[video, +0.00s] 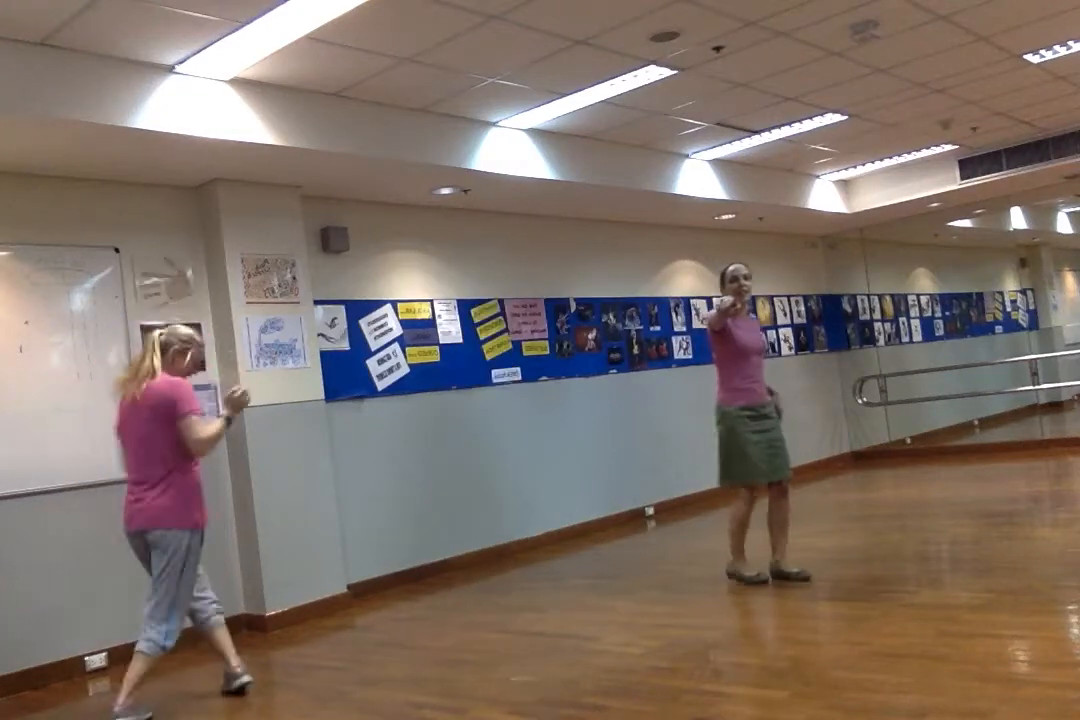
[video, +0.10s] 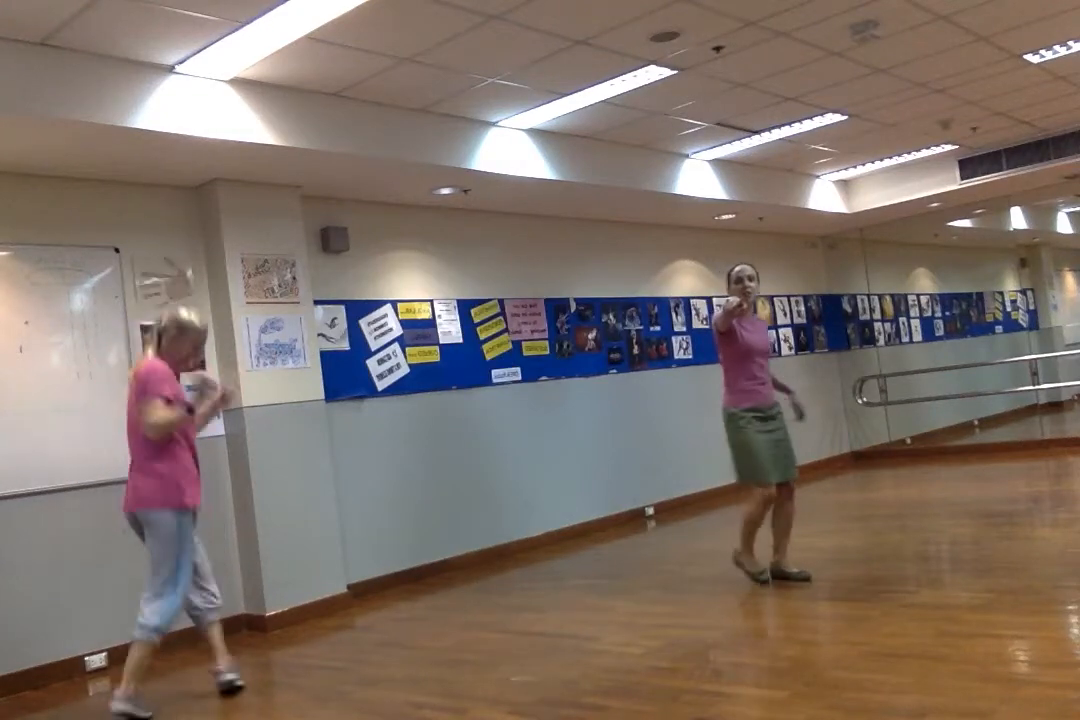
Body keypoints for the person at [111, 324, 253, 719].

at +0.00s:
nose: (195, 368)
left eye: (197, 361)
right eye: (194, 360)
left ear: (161, 353)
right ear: (179, 355)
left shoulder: (130, 394)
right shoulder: (176, 387)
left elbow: (131, 448)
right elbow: (198, 441)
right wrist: (228, 415)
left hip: (136, 517)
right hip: (176, 515)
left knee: (197, 593)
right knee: (164, 611)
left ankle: (235, 668)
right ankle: (123, 703)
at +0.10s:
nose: (196, 358)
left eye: (198, 350)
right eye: (193, 349)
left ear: (165, 339)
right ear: (174, 339)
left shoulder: (162, 376)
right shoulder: (155, 369)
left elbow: (181, 430)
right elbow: (153, 425)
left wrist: (214, 404)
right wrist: (198, 402)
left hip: (151, 497)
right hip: (164, 497)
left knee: (198, 580)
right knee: (164, 593)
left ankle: (224, 665)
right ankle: (126, 692)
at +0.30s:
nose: (190, 327)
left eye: (194, 320)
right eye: (183, 319)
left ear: (193, 317)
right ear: (159, 313)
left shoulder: (190, 350)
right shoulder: (135, 349)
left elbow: (214, 395)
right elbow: (107, 409)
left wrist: (237, 379)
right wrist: (120, 377)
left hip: (190, 472)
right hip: (147, 475)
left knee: (200, 559)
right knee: (154, 558)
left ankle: (206, 652)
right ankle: (134, 667)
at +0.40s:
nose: (179, 338)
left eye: (184, 330)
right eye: (171, 330)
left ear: (190, 332)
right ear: (152, 330)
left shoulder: (199, 370)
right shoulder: (130, 371)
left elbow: (228, 418)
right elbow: (105, 431)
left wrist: (255, 407)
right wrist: (108, 394)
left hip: (197, 494)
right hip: (145, 498)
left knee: (214, 577)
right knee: (145, 583)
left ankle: (218, 661)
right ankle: (152, 675)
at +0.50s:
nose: (166, 355)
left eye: (172, 348)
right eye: (158, 350)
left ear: (181, 347)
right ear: (144, 351)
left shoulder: (203, 388)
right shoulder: (129, 390)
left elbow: (236, 440)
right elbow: (110, 446)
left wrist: (251, 424)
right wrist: (89, 421)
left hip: (199, 509)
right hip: (147, 515)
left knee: (216, 589)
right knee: (147, 598)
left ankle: (220, 665)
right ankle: (158, 675)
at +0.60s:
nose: (149, 336)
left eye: (154, 328)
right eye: (142, 330)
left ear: (170, 322)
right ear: (136, 329)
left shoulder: (198, 361)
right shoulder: (127, 364)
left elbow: (236, 410)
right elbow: (111, 416)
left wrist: (235, 394)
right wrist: (84, 388)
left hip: (194, 478)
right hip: (147, 482)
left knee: (209, 567)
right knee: (148, 576)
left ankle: (220, 651)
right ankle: (157, 667)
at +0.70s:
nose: (142, 324)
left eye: (147, 315)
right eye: (135, 319)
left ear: (164, 309)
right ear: (129, 320)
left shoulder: (193, 344)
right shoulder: (128, 347)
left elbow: (244, 391)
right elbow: (99, 397)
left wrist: (236, 379)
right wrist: (81, 361)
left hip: (192, 459)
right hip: (147, 463)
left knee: (190, 551)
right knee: (162, 556)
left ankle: (189, 644)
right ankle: (202, 633)